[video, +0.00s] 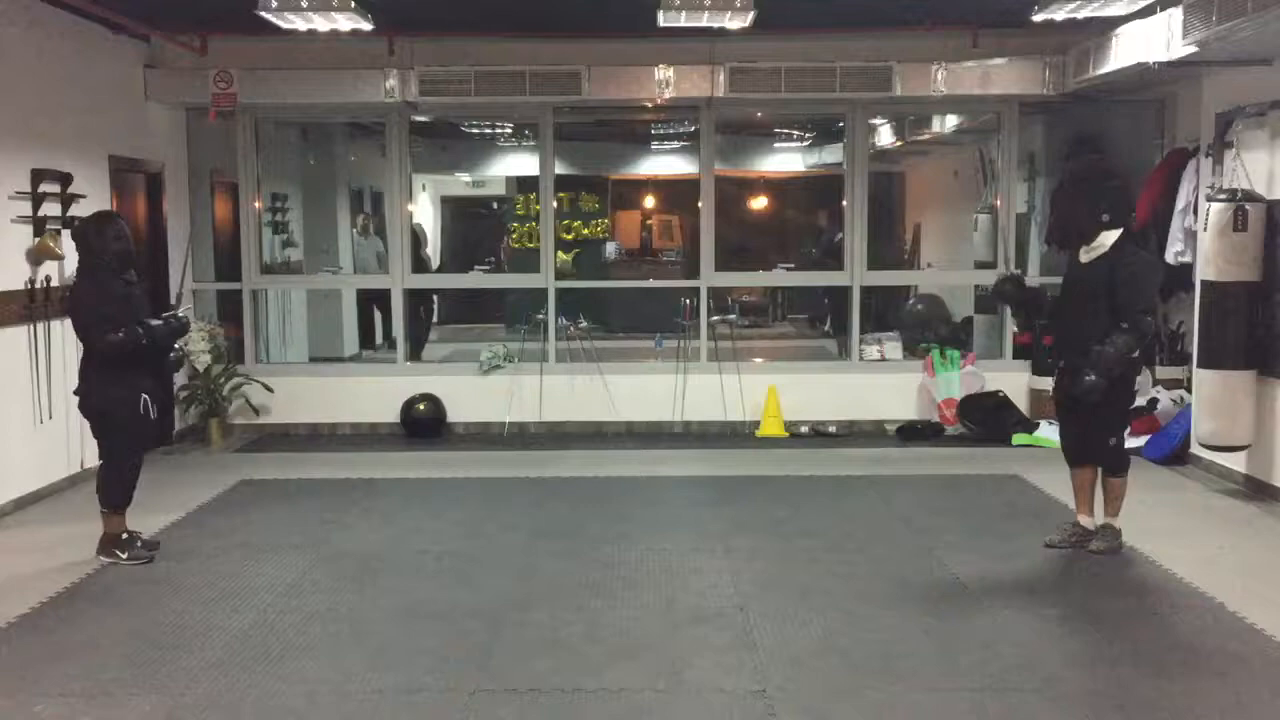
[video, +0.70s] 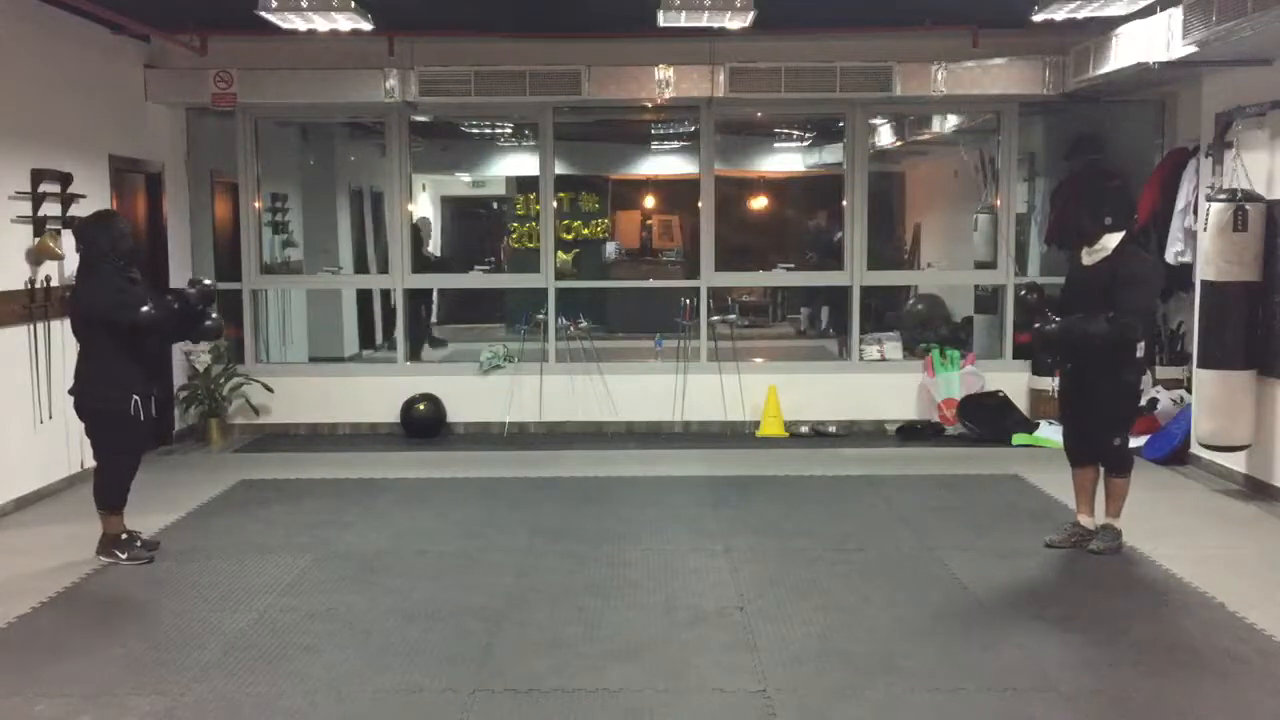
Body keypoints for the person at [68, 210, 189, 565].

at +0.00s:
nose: (125, 242)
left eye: (125, 235)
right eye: (115, 237)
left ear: (128, 237)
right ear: (94, 245)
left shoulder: (125, 279)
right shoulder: (87, 287)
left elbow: (137, 326)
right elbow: (100, 343)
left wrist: (167, 328)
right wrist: (149, 333)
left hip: (133, 384)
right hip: (109, 387)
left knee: (128, 456)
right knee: (117, 457)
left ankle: (118, 531)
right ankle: (111, 537)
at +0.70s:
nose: (131, 240)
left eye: (129, 234)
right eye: (124, 235)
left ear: (101, 241)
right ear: (106, 241)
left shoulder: (121, 278)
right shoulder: (99, 283)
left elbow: (151, 320)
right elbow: (143, 318)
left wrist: (194, 322)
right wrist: (187, 301)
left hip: (127, 387)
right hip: (110, 390)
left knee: (123, 460)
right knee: (115, 462)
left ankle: (118, 533)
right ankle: (111, 539)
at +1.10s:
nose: (141, 242)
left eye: (138, 235)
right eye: (133, 237)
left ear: (102, 247)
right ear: (118, 245)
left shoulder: (100, 282)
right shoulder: (120, 283)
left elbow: (138, 330)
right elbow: (144, 338)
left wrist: (176, 331)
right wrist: (183, 315)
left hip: (111, 390)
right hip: (137, 390)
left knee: (118, 456)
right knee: (155, 456)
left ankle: (111, 534)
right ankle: (125, 531)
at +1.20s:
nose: (143, 242)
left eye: (139, 236)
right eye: (136, 238)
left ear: (105, 248)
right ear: (123, 246)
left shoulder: (105, 282)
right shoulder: (124, 284)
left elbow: (139, 334)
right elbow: (150, 340)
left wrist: (178, 324)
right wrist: (189, 319)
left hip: (115, 387)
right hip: (139, 387)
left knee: (121, 456)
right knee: (170, 452)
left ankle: (112, 534)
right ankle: (151, 535)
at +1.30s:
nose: (152, 246)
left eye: (149, 240)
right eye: (146, 240)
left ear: (115, 247)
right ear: (135, 246)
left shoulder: (113, 281)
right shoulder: (133, 284)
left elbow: (148, 338)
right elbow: (157, 341)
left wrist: (189, 333)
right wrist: (196, 320)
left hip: (120, 387)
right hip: (143, 389)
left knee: (123, 455)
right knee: (177, 448)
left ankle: (112, 534)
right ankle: (190, 538)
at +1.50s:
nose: (187, 259)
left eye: (184, 252)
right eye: (182, 252)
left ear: (140, 255)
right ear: (172, 256)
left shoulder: (133, 288)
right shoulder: (167, 295)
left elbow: (165, 347)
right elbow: (190, 354)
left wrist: (211, 335)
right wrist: (226, 334)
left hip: (140, 397)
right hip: (171, 400)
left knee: (134, 461)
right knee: (194, 466)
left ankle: (114, 533)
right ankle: (225, 541)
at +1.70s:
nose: (218, 249)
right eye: (213, 243)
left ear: (175, 249)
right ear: (205, 248)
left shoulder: (163, 283)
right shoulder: (200, 289)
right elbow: (221, 349)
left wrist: (238, 335)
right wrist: (257, 331)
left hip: (168, 386)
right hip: (199, 391)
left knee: (171, 454)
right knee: (213, 461)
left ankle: (131, 526)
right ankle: (228, 545)